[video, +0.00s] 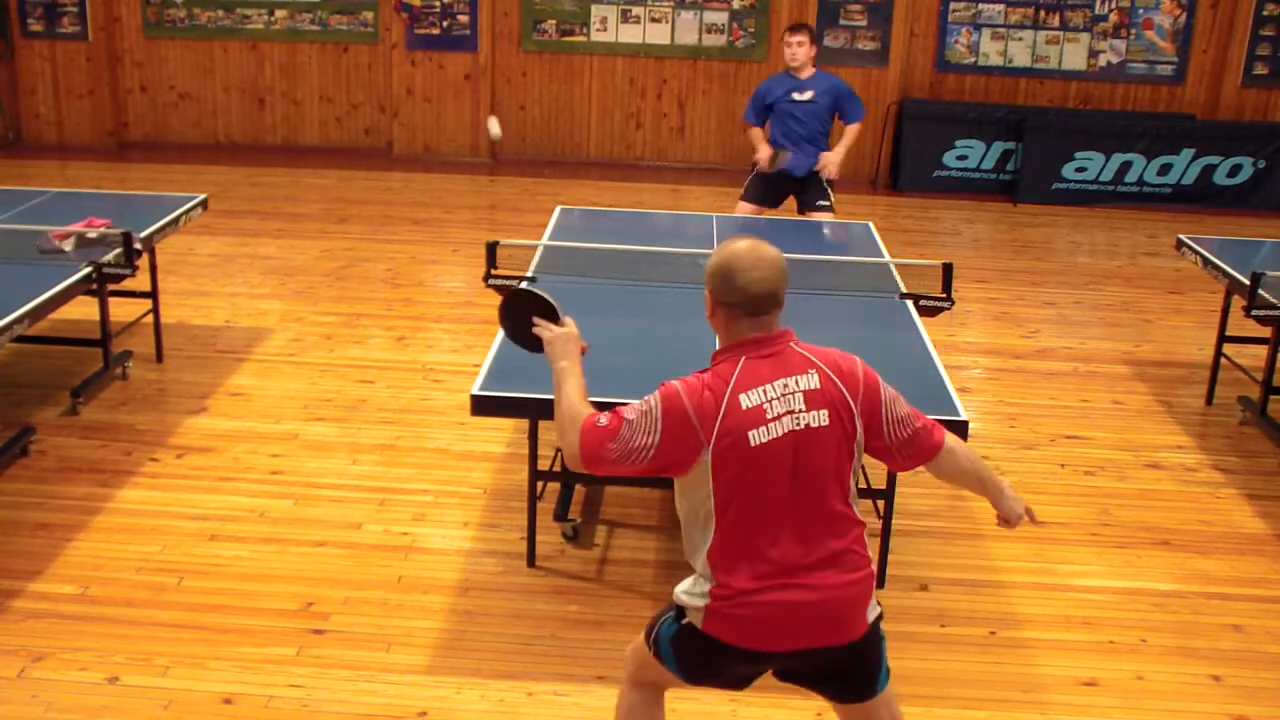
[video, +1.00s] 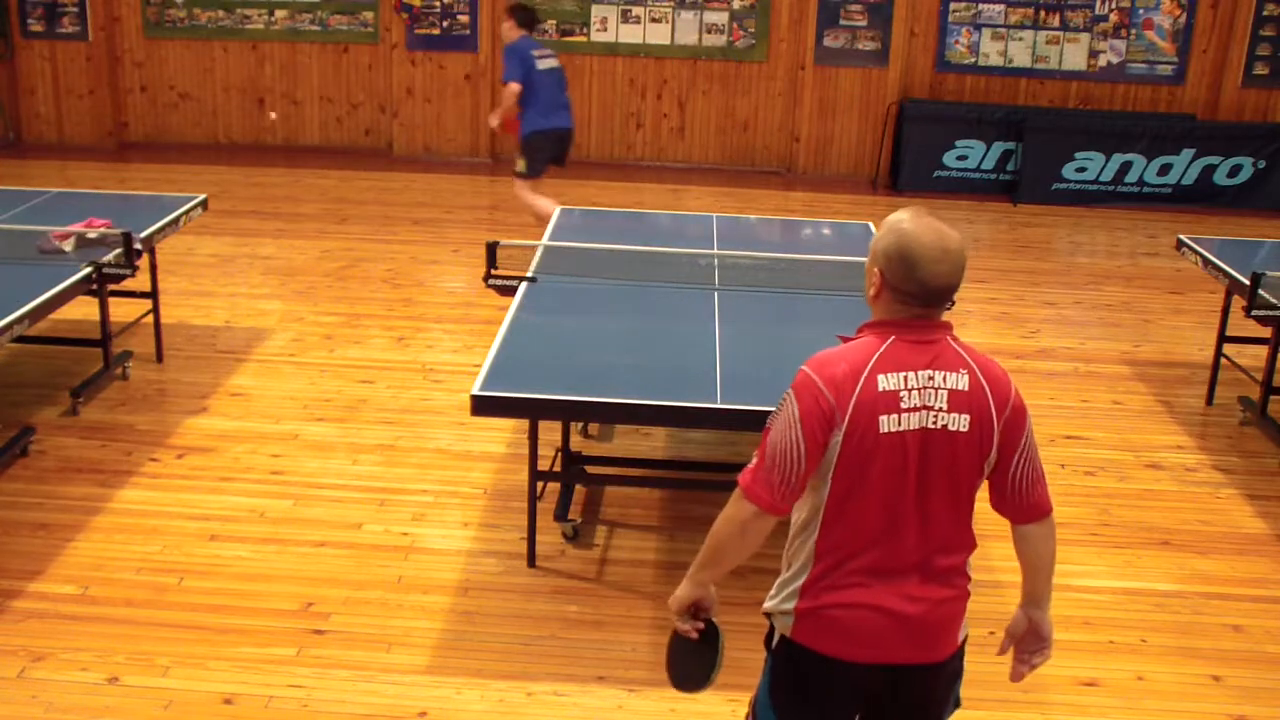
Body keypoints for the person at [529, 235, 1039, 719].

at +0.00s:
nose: (701, 302)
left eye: (703, 295)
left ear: (712, 307)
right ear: (783, 303)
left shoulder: (697, 401)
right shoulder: (845, 375)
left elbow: (583, 447)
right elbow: (928, 443)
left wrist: (563, 356)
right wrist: (1000, 493)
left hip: (735, 623)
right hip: (840, 621)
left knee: (644, 672)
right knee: (876, 707)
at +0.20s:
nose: (756, 290)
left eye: (759, 280)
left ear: (766, 294)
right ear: (839, 293)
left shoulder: (741, 392)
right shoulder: (891, 377)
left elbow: (649, 466)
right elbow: (960, 439)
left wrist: (576, 397)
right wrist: (984, 475)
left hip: (747, 617)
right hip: (858, 624)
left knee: (664, 689)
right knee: (879, 712)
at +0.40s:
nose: (846, 277)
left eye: (849, 269)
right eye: (851, 265)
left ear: (856, 287)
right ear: (926, 294)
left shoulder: (837, 385)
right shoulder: (967, 372)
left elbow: (766, 501)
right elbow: (1016, 436)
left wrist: (674, 497)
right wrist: (959, 461)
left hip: (823, 630)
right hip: (925, 635)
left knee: (725, 708)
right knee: (919, 712)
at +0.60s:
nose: (880, 265)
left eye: (884, 258)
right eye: (886, 255)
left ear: (891, 277)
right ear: (960, 285)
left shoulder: (860, 376)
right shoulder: (998, 372)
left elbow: (798, 500)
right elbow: (1046, 462)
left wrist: (724, 563)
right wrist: (1020, 505)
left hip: (844, 636)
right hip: (946, 637)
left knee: (785, 701)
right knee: (928, 713)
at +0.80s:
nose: (879, 262)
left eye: (882, 256)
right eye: (885, 252)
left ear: (888, 276)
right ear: (961, 286)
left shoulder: (848, 376)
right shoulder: (998, 379)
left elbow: (782, 502)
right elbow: (1043, 496)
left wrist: (724, 587)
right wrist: (1050, 573)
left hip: (837, 641)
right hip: (942, 642)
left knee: (802, 710)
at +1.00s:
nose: (867, 263)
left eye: (870, 255)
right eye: (874, 251)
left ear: (876, 281)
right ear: (953, 289)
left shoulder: (832, 376)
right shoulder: (992, 385)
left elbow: (760, 499)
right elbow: (1032, 510)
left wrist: (700, 579)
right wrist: (1035, 607)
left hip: (825, 646)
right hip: (931, 649)